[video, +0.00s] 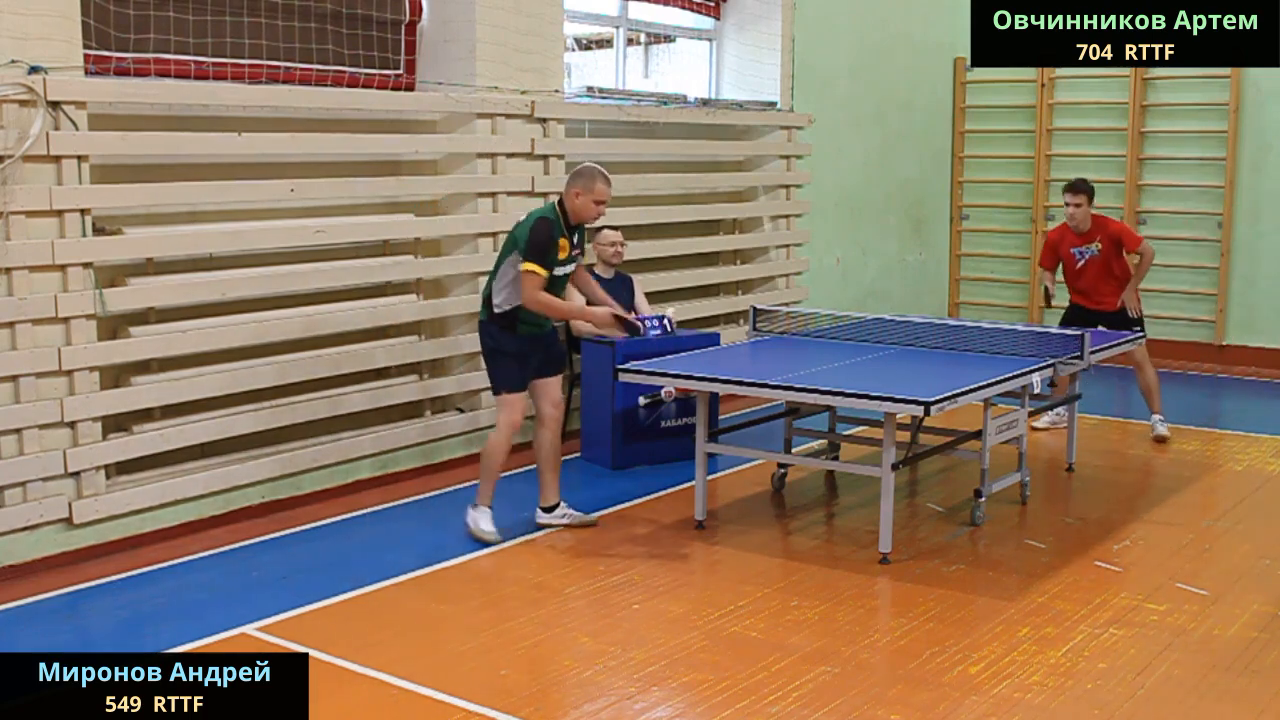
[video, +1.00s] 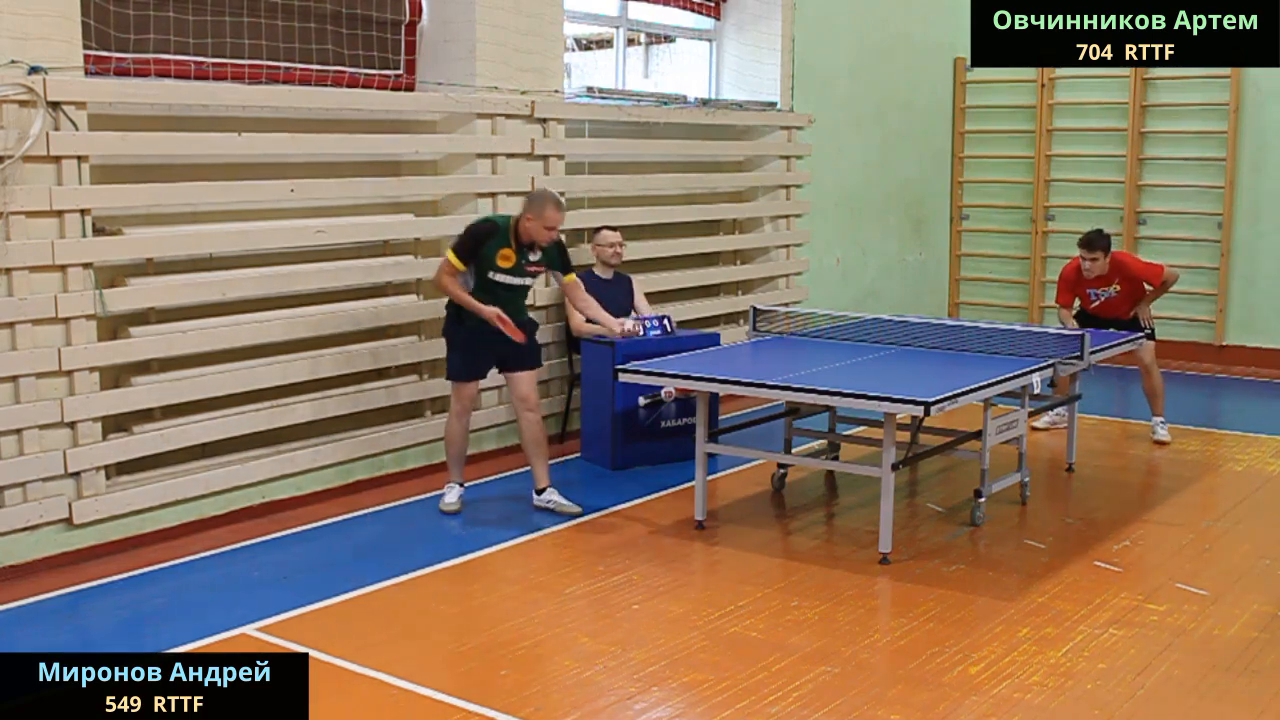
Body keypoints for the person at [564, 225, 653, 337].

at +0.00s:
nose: (619, 250)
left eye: (622, 245)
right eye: (612, 245)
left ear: (625, 247)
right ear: (595, 248)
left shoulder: (630, 281)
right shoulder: (580, 279)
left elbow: (649, 318)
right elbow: (577, 328)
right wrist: (616, 333)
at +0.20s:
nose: (619, 250)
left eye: (622, 245)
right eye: (612, 245)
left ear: (625, 247)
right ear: (595, 248)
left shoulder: (630, 281)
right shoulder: (578, 282)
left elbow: (646, 315)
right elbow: (576, 327)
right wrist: (606, 330)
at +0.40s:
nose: (618, 250)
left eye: (621, 245)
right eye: (611, 245)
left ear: (624, 247)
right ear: (594, 249)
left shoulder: (626, 280)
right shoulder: (578, 283)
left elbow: (647, 314)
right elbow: (577, 327)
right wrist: (605, 330)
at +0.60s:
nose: (618, 250)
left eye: (621, 246)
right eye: (611, 246)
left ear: (624, 248)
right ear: (594, 250)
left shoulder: (629, 282)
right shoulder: (579, 283)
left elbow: (646, 314)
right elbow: (577, 327)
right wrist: (606, 330)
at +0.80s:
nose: (618, 250)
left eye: (621, 245)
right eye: (611, 246)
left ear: (624, 247)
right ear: (594, 250)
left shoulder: (629, 282)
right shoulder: (578, 284)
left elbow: (648, 315)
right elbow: (577, 327)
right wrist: (607, 330)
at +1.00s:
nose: (618, 251)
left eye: (621, 246)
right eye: (611, 246)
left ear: (624, 248)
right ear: (594, 250)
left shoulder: (629, 283)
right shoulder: (577, 283)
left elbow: (650, 319)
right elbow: (577, 327)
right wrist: (611, 331)